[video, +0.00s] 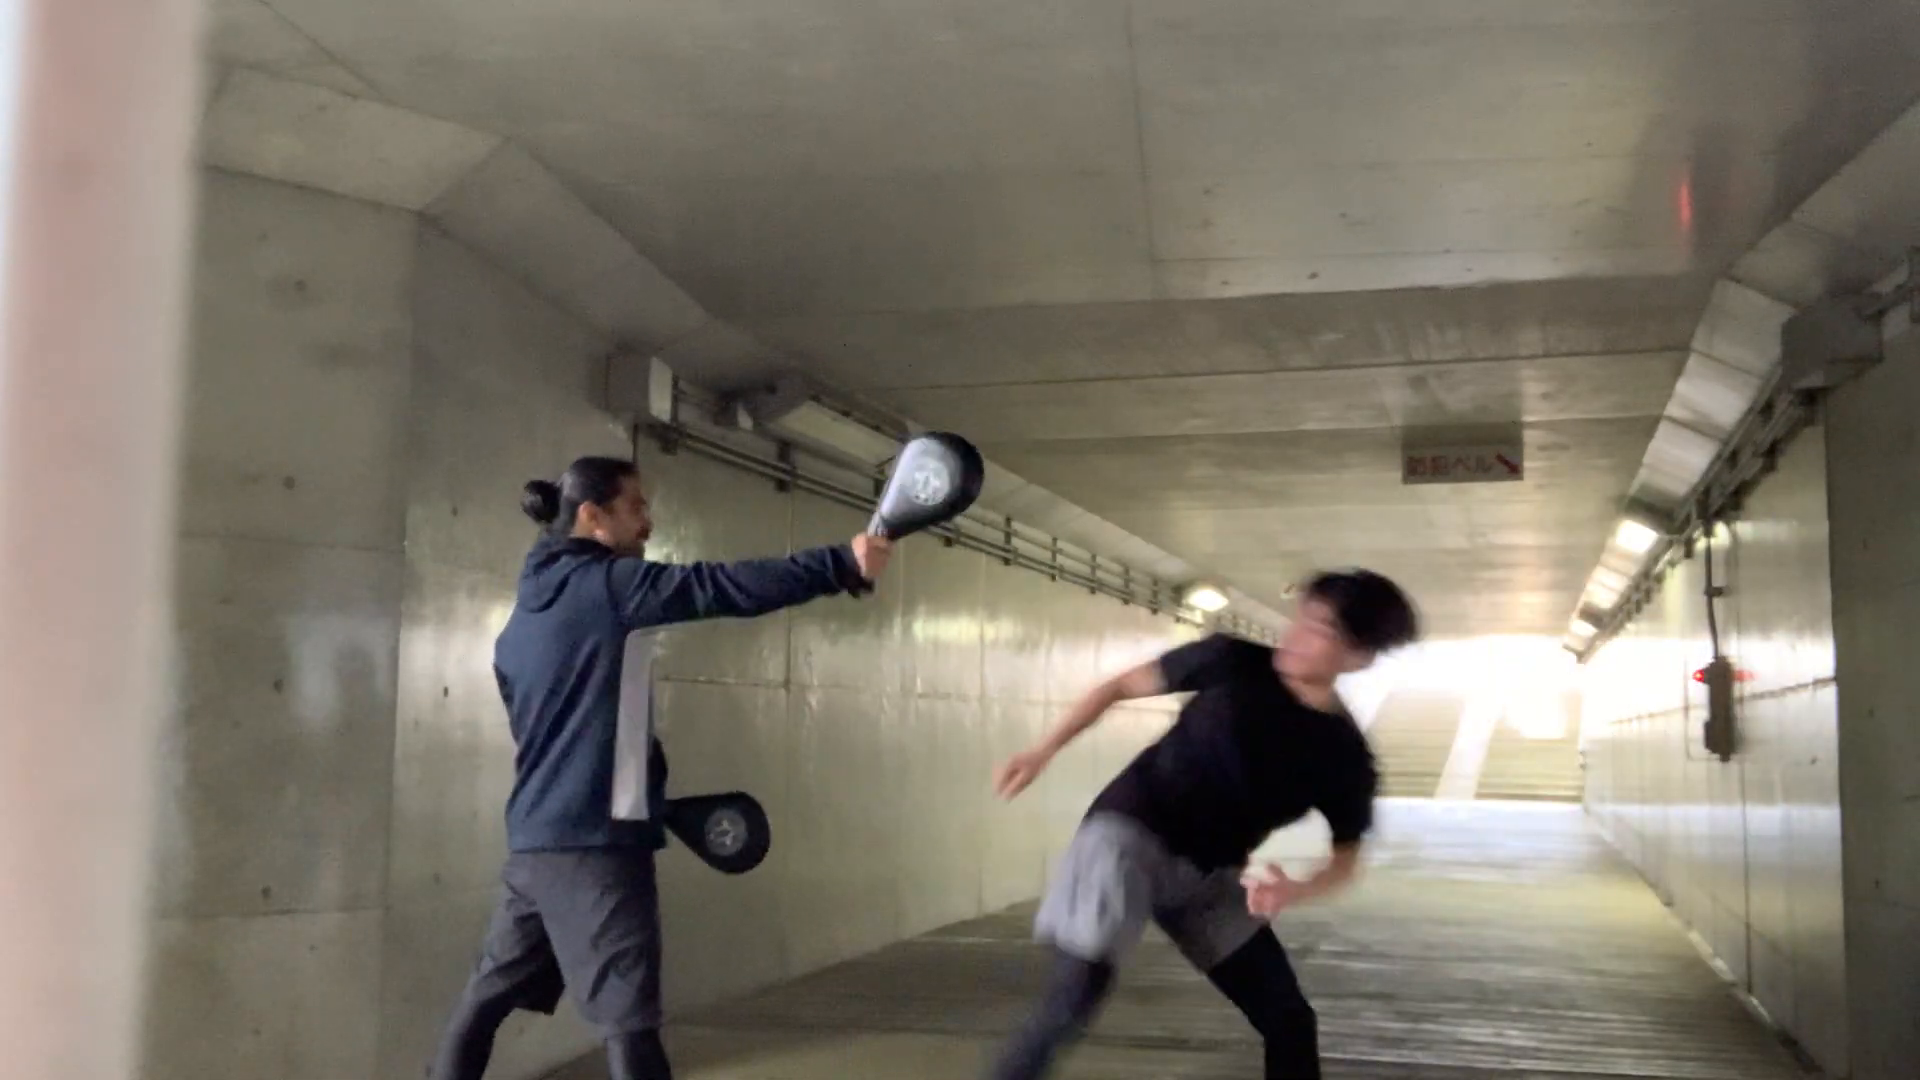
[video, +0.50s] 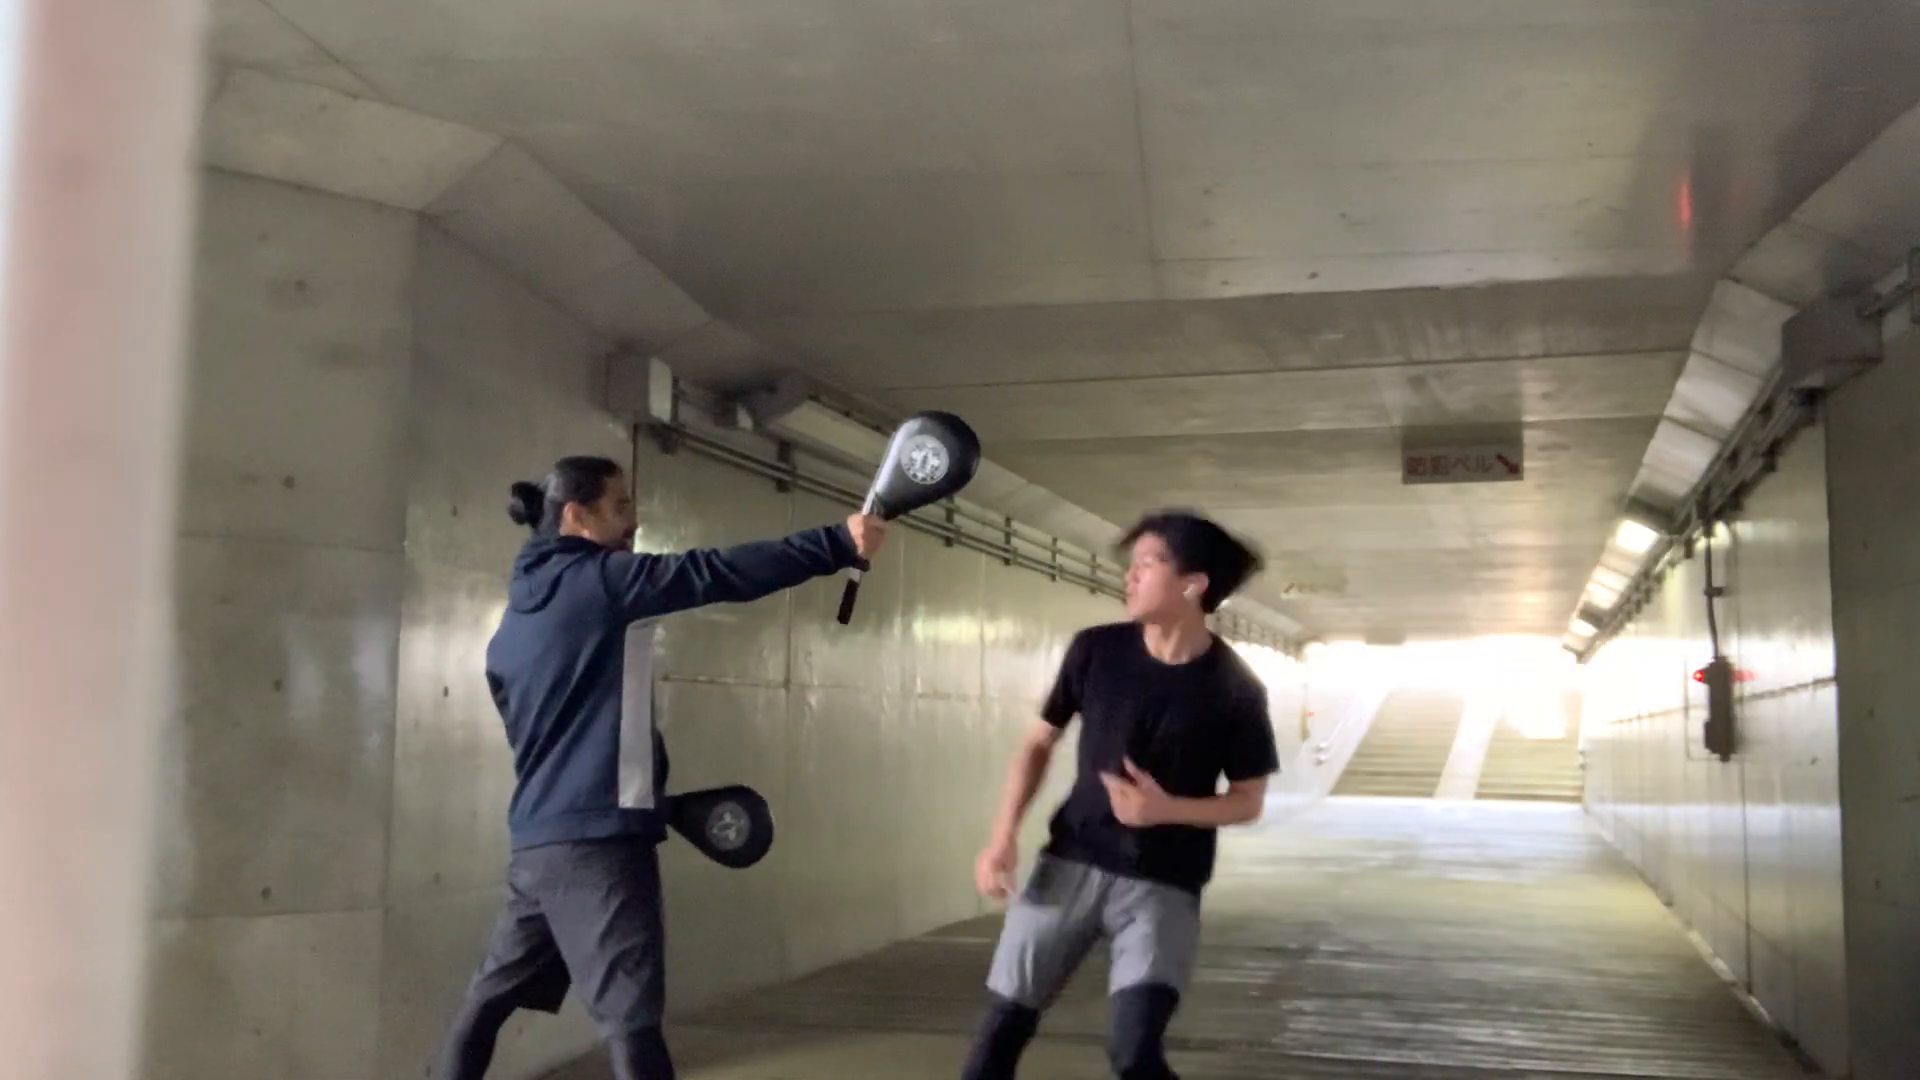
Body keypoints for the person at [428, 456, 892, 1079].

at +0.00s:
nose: (648, 521)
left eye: (645, 506)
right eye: (637, 506)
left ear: (585, 518)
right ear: (592, 515)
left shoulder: (518, 628)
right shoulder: (611, 583)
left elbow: (550, 740)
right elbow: (721, 586)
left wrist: (640, 789)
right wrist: (843, 564)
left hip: (536, 835)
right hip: (594, 837)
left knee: (485, 1000)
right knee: (630, 1025)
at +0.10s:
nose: (646, 520)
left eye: (644, 506)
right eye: (634, 506)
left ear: (582, 517)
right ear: (588, 514)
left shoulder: (520, 624)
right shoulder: (612, 579)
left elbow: (552, 740)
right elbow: (726, 577)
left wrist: (636, 785)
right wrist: (844, 546)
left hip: (536, 834)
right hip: (594, 834)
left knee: (487, 1000)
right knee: (628, 1022)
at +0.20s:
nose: (643, 522)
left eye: (640, 508)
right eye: (631, 508)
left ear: (579, 519)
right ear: (585, 515)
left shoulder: (516, 629)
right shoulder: (610, 579)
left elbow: (550, 743)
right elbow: (722, 574)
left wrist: (635, 781)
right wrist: (841, 540)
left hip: (539, 837)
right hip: (598, 837)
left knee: (489, 999)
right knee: (631, 1023)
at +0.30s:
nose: (640, 521)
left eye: (638, 507)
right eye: (628, 508)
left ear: (577, 520)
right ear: (582, 515)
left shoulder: (514, 630)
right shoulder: (608, 578)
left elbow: (549, 745)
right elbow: (721, 572)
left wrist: (640, 786)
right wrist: (841, 540)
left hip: (539, 835)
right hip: (600, 835)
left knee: (490, 997)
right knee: (632, 1021)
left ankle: (446, 1077)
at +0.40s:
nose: (636, 520)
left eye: (634, 506)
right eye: (624, 507)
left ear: (574, 520)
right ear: (579, 515)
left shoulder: (513, 627)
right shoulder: (604, 579)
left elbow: (547, 744)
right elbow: (718, 572)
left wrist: (642, 792)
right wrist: (840, 541)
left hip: (539, 836)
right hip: (599, 835)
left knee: (490, 998)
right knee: (631, 1022)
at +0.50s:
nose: (634, 519)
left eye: (631, 506)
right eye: (622, 506)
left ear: (571, 519)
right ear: (575, 514)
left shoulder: (510, 631)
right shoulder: (604, 579)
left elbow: (546, 746)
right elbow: (717, 573)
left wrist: (646, 795)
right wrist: (838, 543)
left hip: (538, 837)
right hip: (599, 837)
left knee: (487, 1001)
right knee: (630, 1023)